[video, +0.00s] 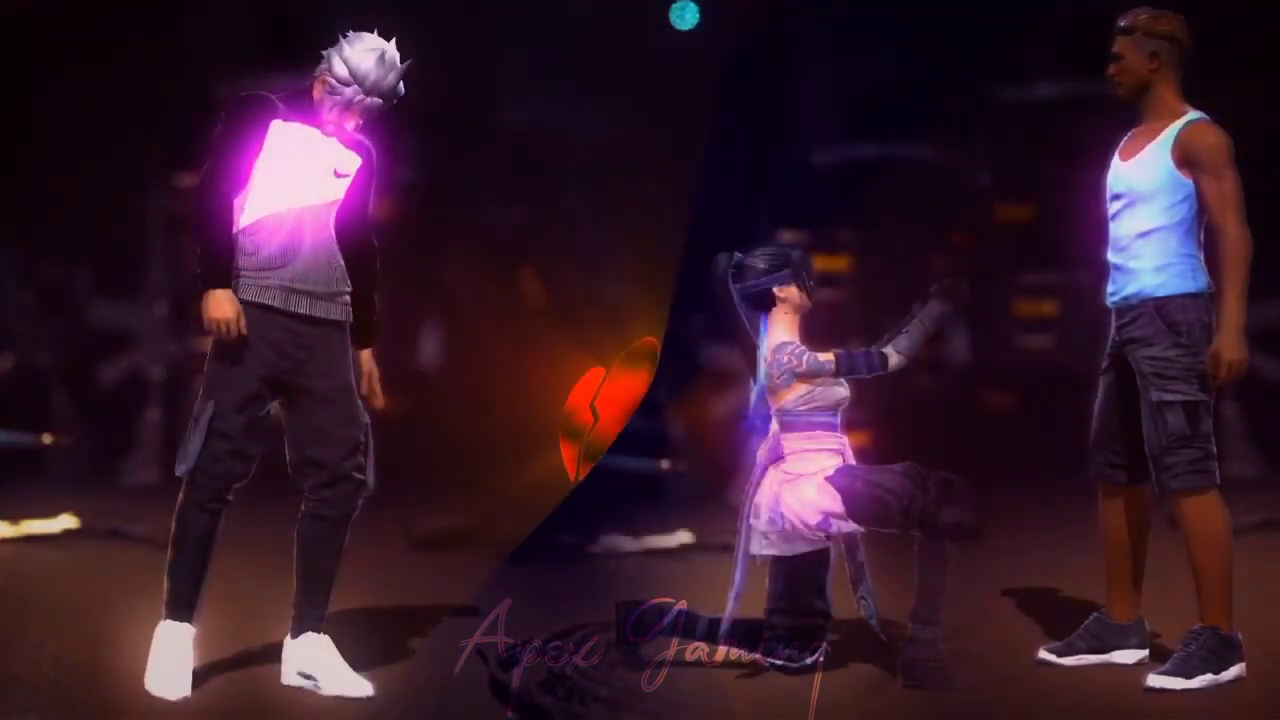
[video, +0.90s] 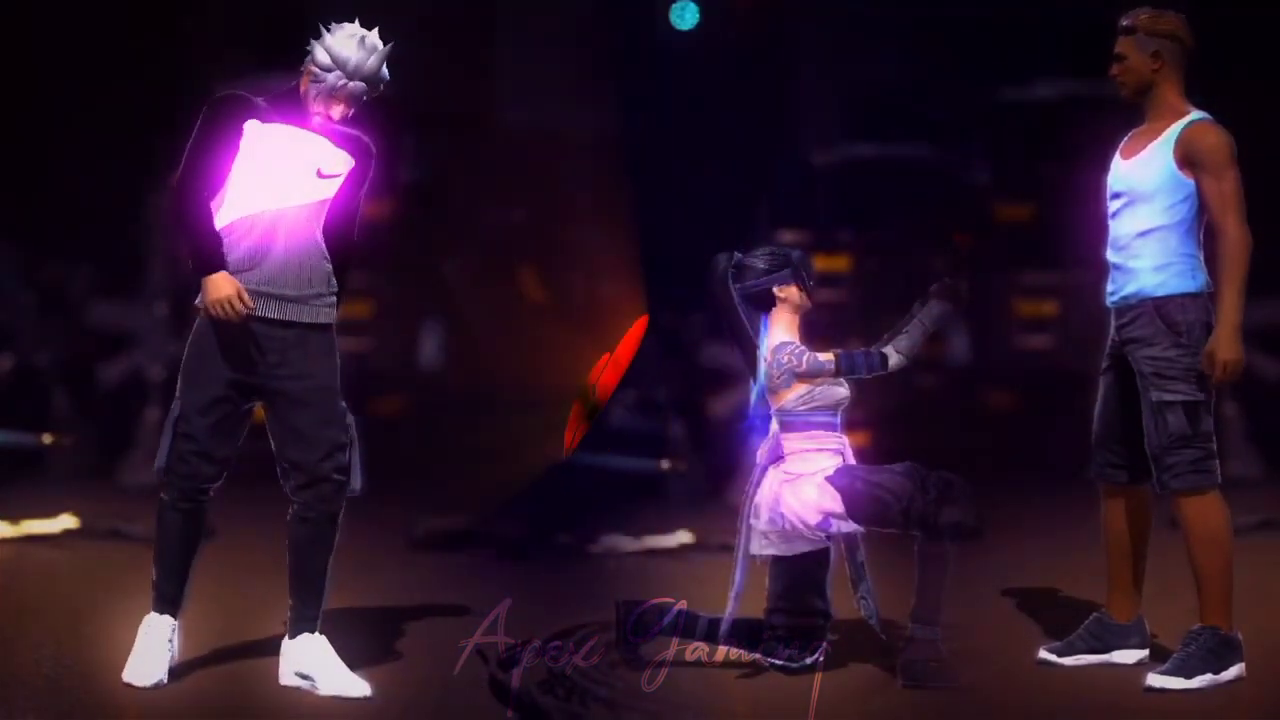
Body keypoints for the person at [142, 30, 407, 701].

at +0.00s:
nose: (352, 119)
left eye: (366, 110)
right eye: (347, 101)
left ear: (377, 107)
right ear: (323, 82)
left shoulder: (370, 153)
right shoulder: (258, 118)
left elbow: (367, 251)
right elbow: (214, 197)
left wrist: (365, 342)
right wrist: (216, 282)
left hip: (329, 335)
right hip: (253, 321)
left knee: (338, 480)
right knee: (214, 472)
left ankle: (307, 638)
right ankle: (177, 627)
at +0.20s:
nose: (348, 116)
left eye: (362, 108)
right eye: (341, 98)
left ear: (375, 107)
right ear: (319, 82)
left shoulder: (369, 157)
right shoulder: (257, 122)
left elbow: (361, 255)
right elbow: (213, 197)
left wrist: (353, 345)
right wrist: (217, 279)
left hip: (325, 333)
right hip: (250, 319)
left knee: (334, 479)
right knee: (208, 473)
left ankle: (307, 637)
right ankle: (172, 625)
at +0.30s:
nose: (344, 115)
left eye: (359, 107)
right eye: (338, 96)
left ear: (372, 107)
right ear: (315, 81)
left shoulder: (364, 154)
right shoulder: (251, 118)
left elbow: (358, 227)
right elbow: (208, 198)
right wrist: (218, 277)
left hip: (319, 331)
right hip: (244, 318)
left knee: (333, 478)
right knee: (203, 471)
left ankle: (306, 637)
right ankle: (169, 623)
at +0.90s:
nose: (340, 111)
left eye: (354, 102)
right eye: (333, 94)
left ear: (365, 98)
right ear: (308, 78)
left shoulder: (362, 150)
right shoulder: (236, 115)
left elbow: (344, 241)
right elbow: (189, 197)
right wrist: (210, 269)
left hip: (307, 329)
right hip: (227, 319)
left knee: (321, 477)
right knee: (188, 470)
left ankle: (304, 639)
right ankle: (161, 623)